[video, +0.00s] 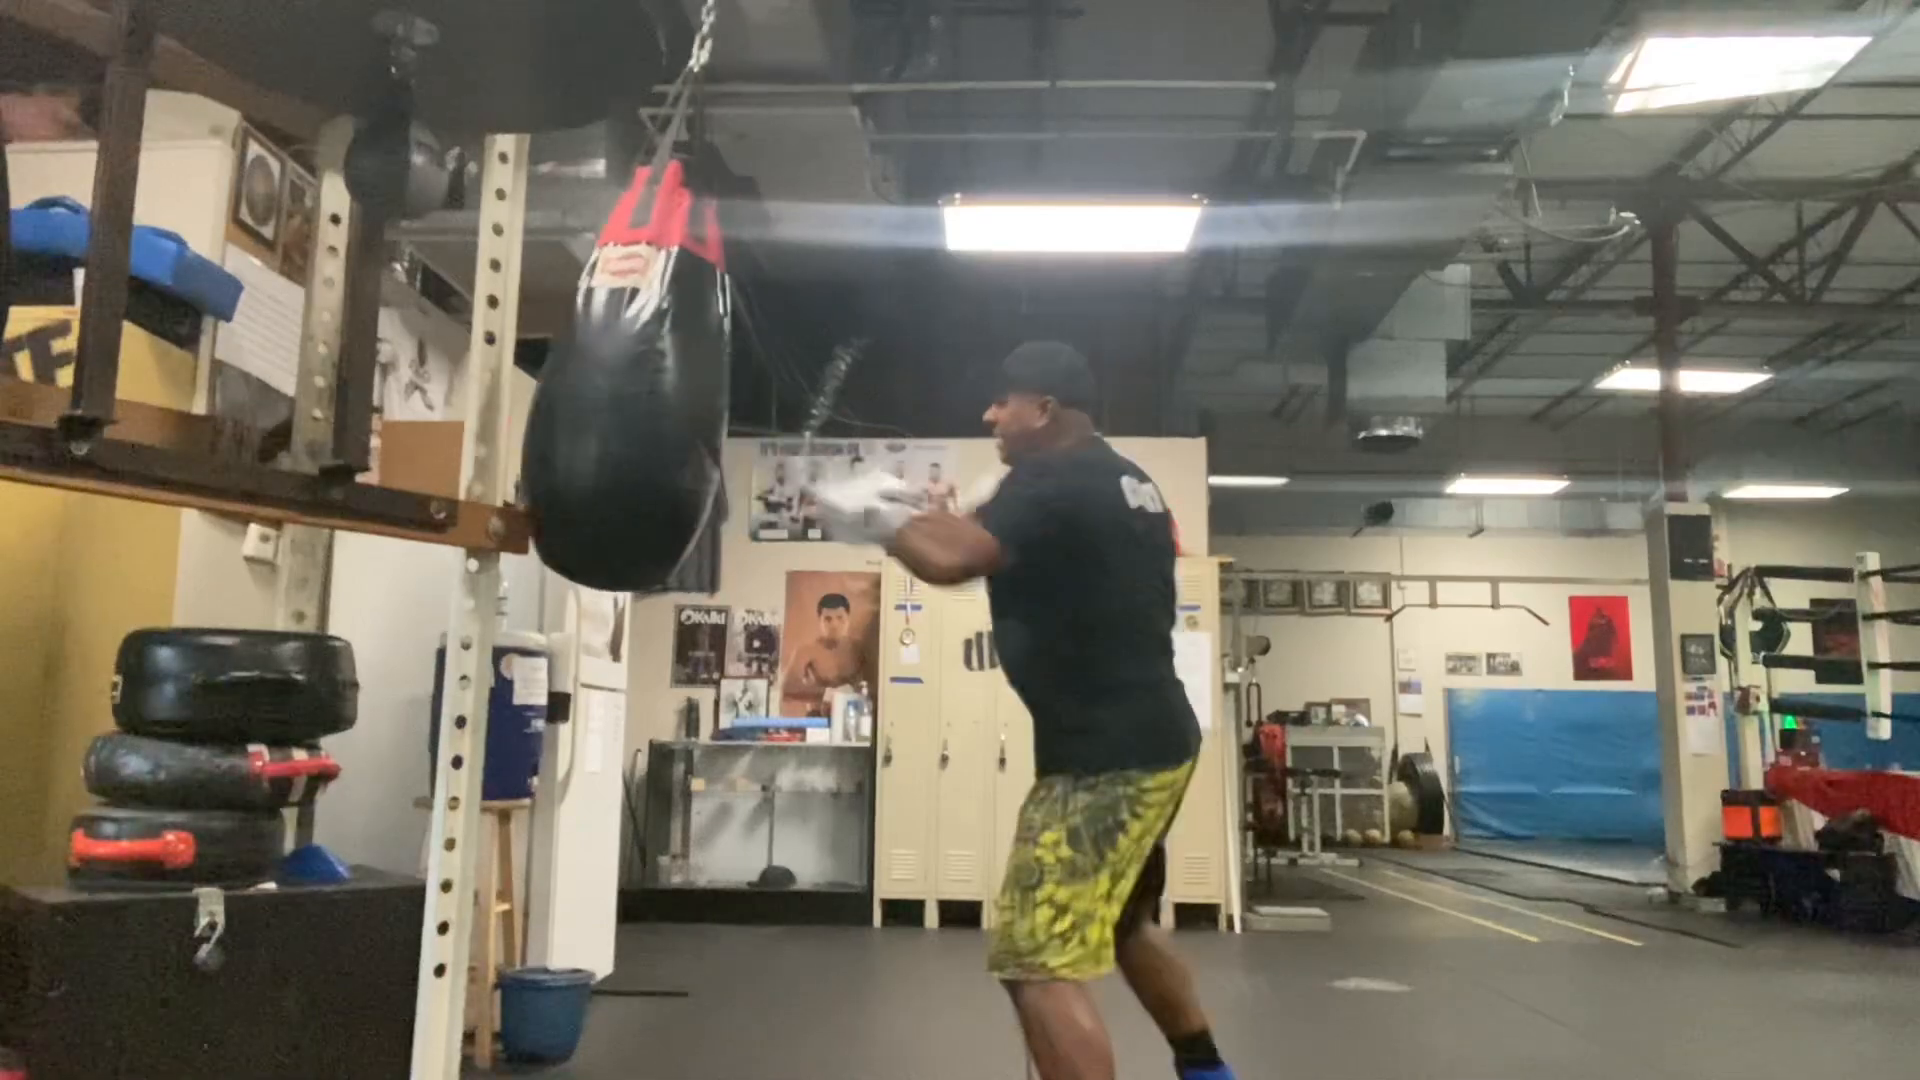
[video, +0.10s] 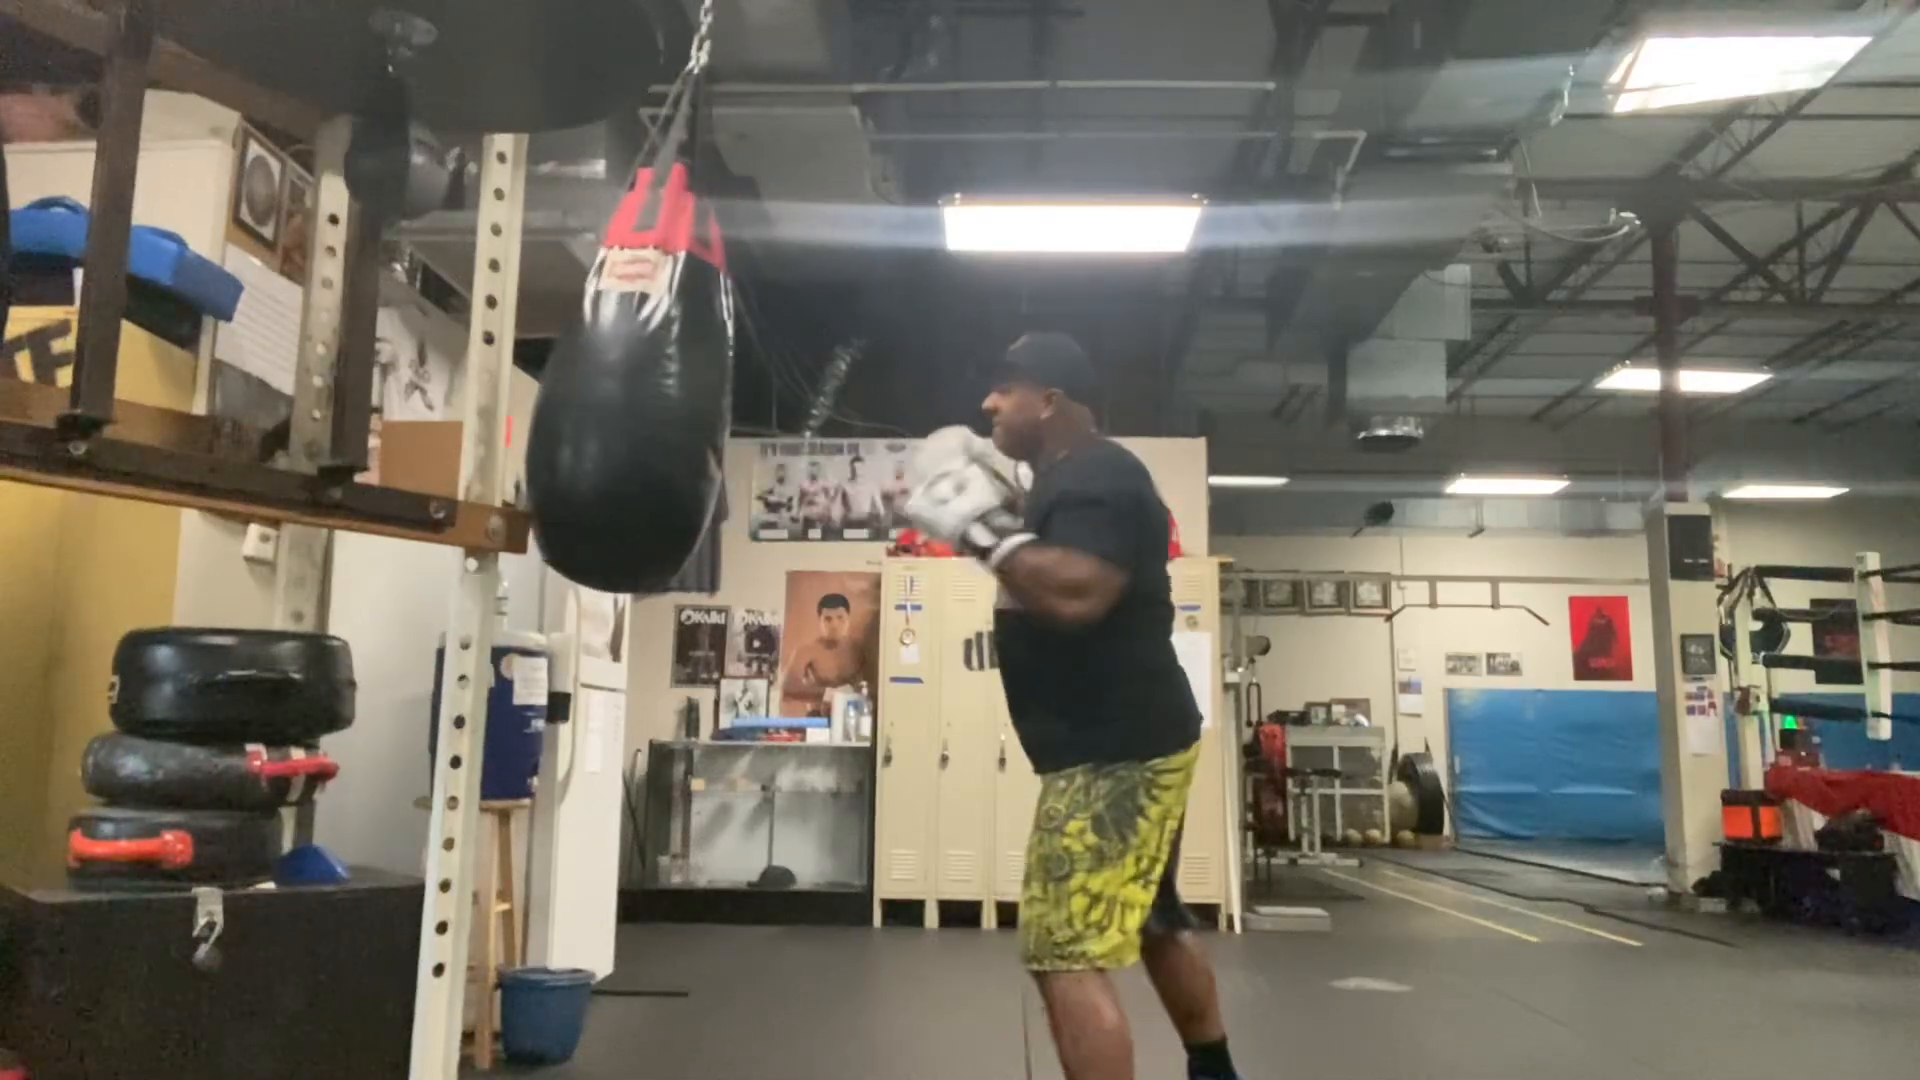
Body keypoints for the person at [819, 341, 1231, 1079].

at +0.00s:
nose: (991, 415)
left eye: (1005, 400)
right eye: (997, 400)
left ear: (1045, 409)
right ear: (1060, 411)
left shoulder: (1053, 487)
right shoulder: (1126, 479)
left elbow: (949, 556)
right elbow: (1040, 555)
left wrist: (878, 517)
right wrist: (957, 519)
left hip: (1102, 757)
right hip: (1157, 743)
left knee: (1038, 961)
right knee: (1127, 927)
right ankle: (1206, 1068)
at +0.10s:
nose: (989, 404)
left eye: (1004, 389)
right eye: (994, 388)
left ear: (1051, 402)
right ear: (1053, 404)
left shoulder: (1100, 477)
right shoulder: (1074, 477)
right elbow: (1061, 567)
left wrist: (980, 530)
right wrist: (998, 509)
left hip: (1110, 753)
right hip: (1134, 745)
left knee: (1061, 955)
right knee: (1156, 924)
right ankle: (1214, 1069)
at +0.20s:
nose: (1009, 421)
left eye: (1025, 405)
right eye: (1007, 407)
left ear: (1077, 405)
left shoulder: (1126, 478)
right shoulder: (1056, 477)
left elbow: (1112, 590)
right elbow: (987, 504)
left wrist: (1036, 496)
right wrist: (927, 473)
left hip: (1136, 744)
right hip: (1082, 745)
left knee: (1103, 943)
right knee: (1148, 932)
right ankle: (1210, 1068)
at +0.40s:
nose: (1010, 435)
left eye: (1024, 421)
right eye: (1012, 420)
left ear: (1072, 431)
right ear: (1062, 432)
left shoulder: (1134, 510)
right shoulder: (1053, 512)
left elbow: (1101, 618)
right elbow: (968, 556)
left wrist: (1016, 545)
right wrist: (898, 529)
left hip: (1147, 762)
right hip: (1121, 760)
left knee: (1088, 948)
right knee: (1140, 949)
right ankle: (1217, 1074)